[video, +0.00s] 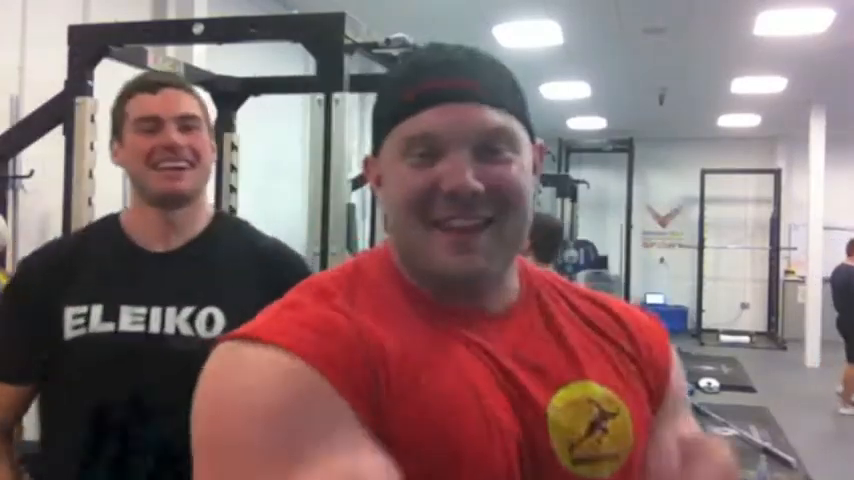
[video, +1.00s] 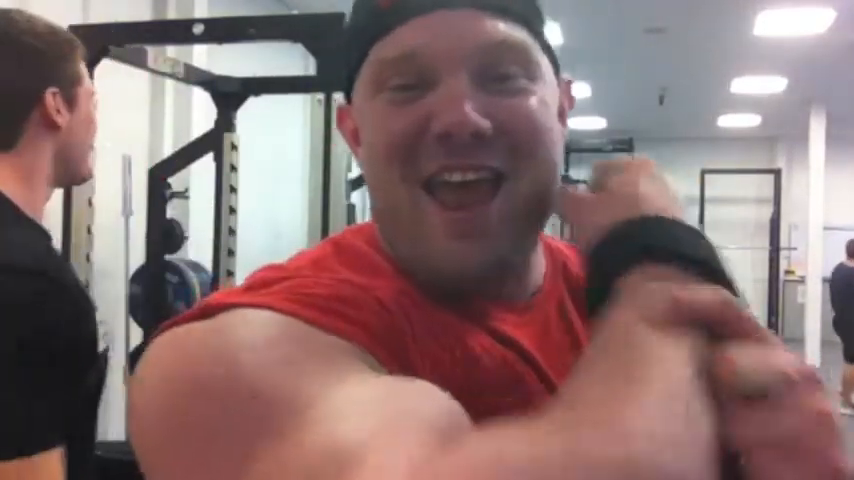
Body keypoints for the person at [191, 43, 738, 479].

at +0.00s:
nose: (462, 182)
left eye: (493, 150)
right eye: (424, 153)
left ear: (536, 165)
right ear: (374, 175)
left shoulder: (633, 342)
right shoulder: (275, 370)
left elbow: (694, 461)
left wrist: (712, 460)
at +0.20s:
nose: (458, 139)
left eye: (491, 109)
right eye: (416, 111)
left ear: (538, 140)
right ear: (362, 150)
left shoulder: (612, 314)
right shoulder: (261, 332)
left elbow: (732, 458)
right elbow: (625, 443)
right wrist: (662, 329)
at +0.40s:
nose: (455, 120)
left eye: (491, 91)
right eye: (409, 94)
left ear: (542, 130)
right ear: (354, 141)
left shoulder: (584, 285)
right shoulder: (248, 330)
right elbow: (460, 458)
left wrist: (728, 442)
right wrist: (625, 290)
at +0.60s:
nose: (449, 122)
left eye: (489, 86)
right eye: (402, 91)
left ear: (546, 126)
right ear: (348, 138)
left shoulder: (651, 308)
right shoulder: (235, 344)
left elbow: (817, 448)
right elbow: (401, 464)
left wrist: (798, 445)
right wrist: (740, 304)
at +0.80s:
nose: (447, 121)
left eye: (486, 83)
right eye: (399, 89)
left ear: (547, 120)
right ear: (343, 136)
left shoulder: (607, 293)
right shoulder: (221, 356)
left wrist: (765, 453)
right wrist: (646, 263)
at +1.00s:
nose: (461, 118)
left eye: (501, 78)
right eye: (410, 86)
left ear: (562, 113)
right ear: (352, 133)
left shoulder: (621, 291)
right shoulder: (227, 358)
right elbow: (619, 455)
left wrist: (800, 449)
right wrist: (655, 255)